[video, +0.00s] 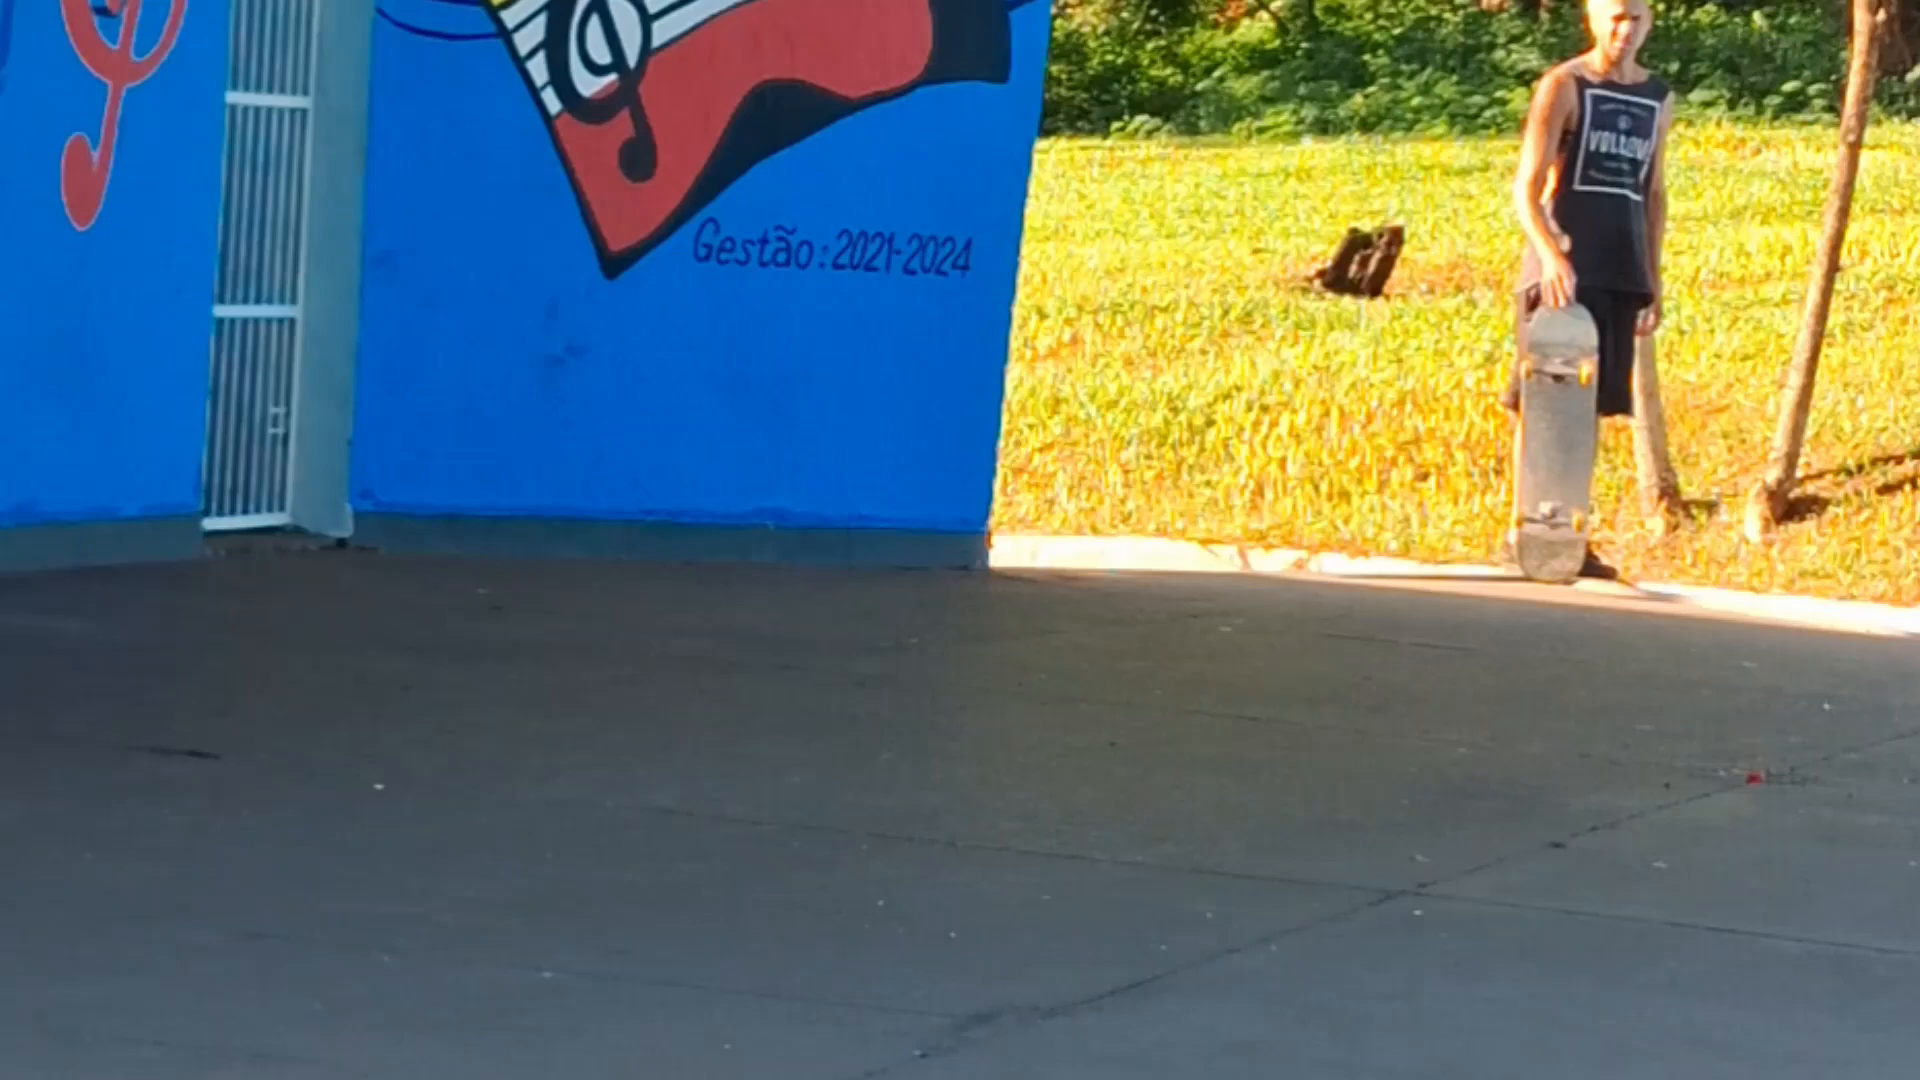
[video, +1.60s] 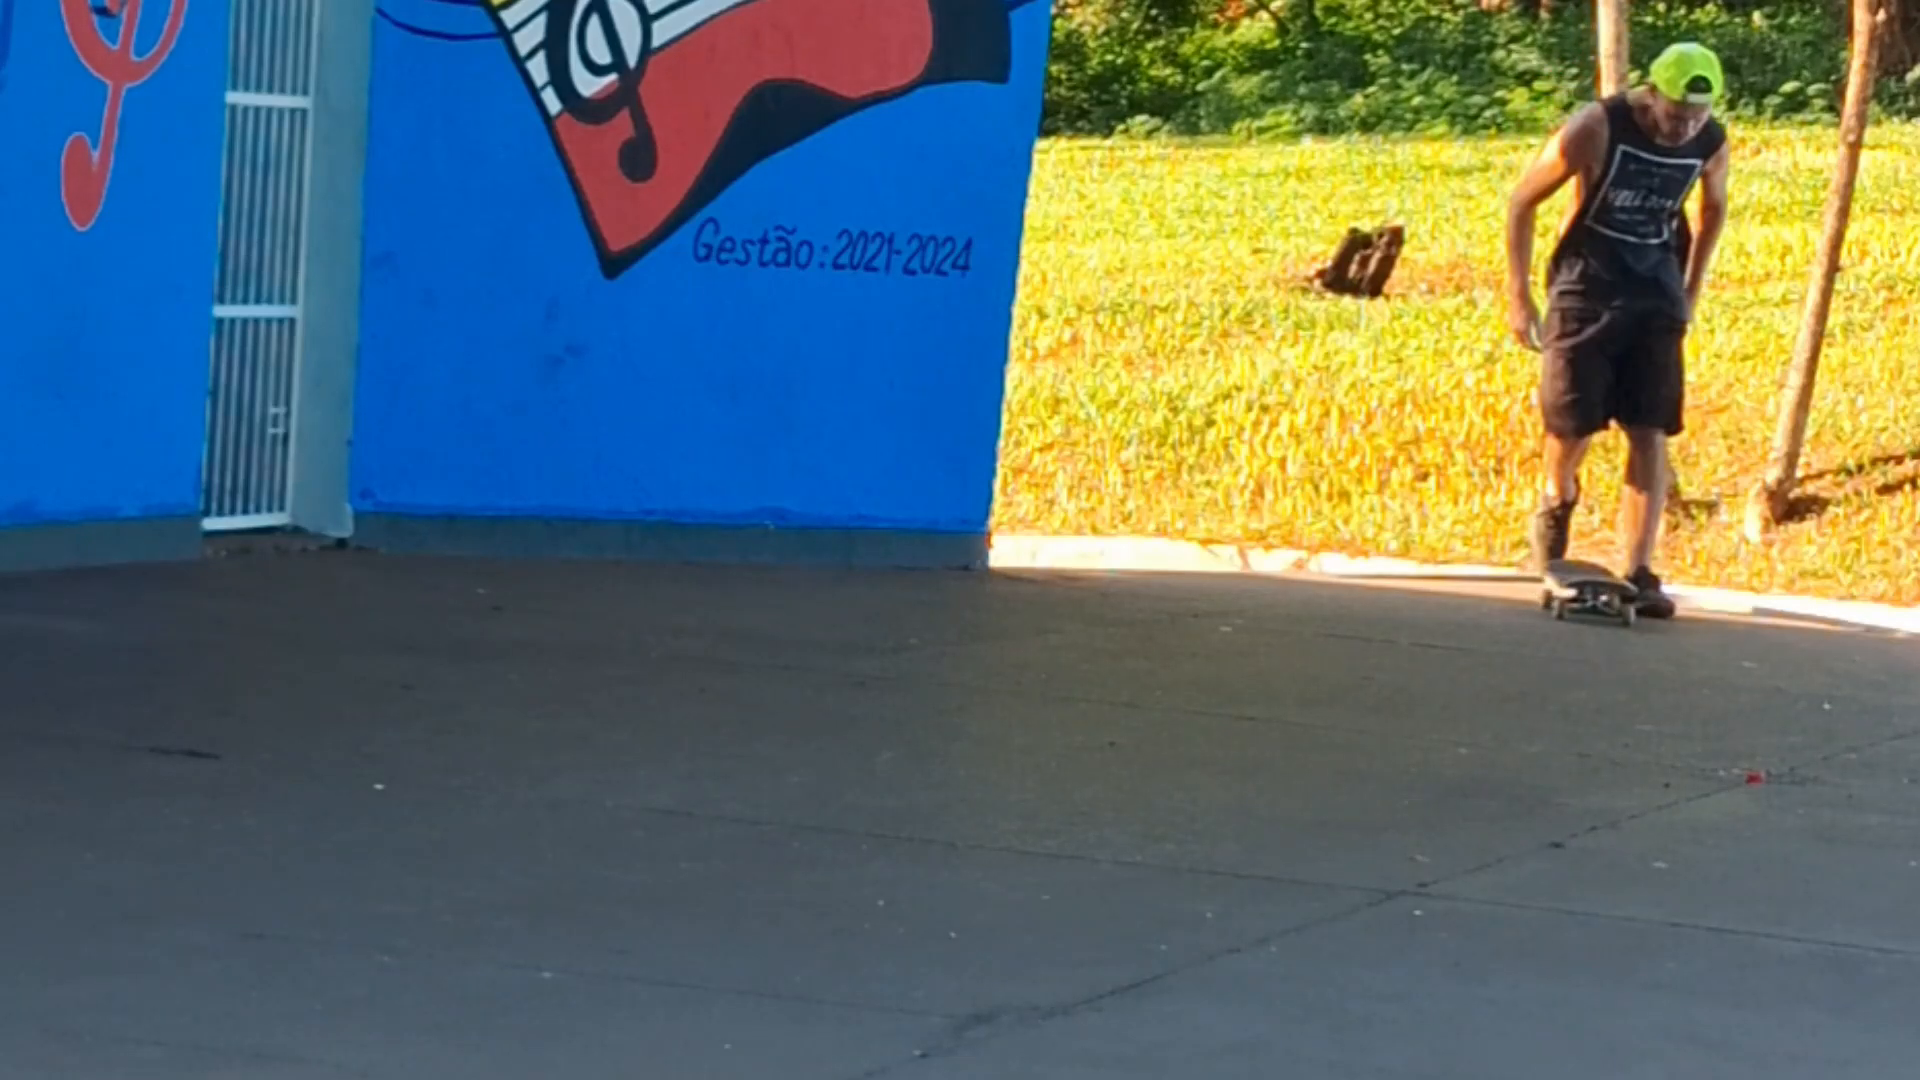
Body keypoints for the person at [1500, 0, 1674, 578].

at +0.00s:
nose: (1626, 30)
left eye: (1636, 20)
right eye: (1617, 18)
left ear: (1649, 25)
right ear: (1593, 20)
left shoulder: (1656, 95)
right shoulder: (1562, 85)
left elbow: (1653, 191)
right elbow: (1527, 188)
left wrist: (1650, 277)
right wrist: (1550, 257)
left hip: (1621, 273)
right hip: (1565, 269)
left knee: (1593, 409)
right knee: (1546, 402)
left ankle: (1571, 537)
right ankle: (1534, 533)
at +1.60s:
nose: (1688, 124)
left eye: (1700, 113)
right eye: (1678, 111)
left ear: (1712, 106)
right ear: (1651, 93)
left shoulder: (1711, 141)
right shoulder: (1595, 128)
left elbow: (1712, 209)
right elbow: (1522, 201)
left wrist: (1690, 290)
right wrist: (1518, 297)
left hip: (1658, 292)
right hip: (1586, 285)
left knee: (1650, 433)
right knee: (1571, 423)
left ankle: (1639, 570)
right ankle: (1561, 502)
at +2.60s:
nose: (1812, 124)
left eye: (1822, 117)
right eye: (1813, 110)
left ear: (1792, 86)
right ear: (1784, 77)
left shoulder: (1748, 122)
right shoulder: (1696, 92)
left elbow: (1658, 181)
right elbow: (1579, 151)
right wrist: (1579, 261)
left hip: (1647, 267)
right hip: (1598, 259)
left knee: (1675, 410)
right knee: (1632, 410)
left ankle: (1620, 572)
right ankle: (1600, 579)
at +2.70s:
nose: (1819, 132)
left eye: (1829, 125)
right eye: (1821, 117)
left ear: (1805, 93)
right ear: (1797, 82)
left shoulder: (1742, 134)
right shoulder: (1706, 91)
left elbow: (1658, 215)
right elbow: (1590, 153)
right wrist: (1583, 265)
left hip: (1643, 272)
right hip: (1597, 261)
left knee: (1671, 415)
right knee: (1633, 414)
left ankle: (1621, 579)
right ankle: (1605, 586)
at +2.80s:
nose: (1826, 139)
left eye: (1837, 133)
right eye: (1831, 124)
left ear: (1811, 96)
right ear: (1808, 89)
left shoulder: (1754, 128)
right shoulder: (1715, 97)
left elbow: (1657, 187)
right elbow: (1601, 159)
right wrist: (1591, 272)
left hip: (1641, 272)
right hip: (1595, 264)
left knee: (1671, 421)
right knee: (1631, 424)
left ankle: (1623, 587)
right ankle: (1600, 597)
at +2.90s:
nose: (1830, 146)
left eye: (1842, 140)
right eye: (1837, 131)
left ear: (1816, 98)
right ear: (1818, 94)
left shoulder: (1753, 130)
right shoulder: (1723, 100)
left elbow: (1656, 196)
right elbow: (1611, 161)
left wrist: (1647, 288)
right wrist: (1601, 278)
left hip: (1639, 274)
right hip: (1593, 266)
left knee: (1672, 422)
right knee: (1632, 427)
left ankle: (1624, 591)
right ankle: (1597, 600)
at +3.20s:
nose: (1841, 161)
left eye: (1854, 154)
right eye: (1850, 146)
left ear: (1831, 107)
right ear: (1833, 106)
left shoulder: (1760, 130)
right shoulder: (1740, 103)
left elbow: (1646, 186)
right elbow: (1620, 164)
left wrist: (1633, 284)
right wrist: (1620, 286)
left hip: (1615, 263)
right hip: (1571, 261)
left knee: (1676, 415)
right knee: (1632, 428)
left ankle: (1623, 601)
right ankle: (1590, 608)